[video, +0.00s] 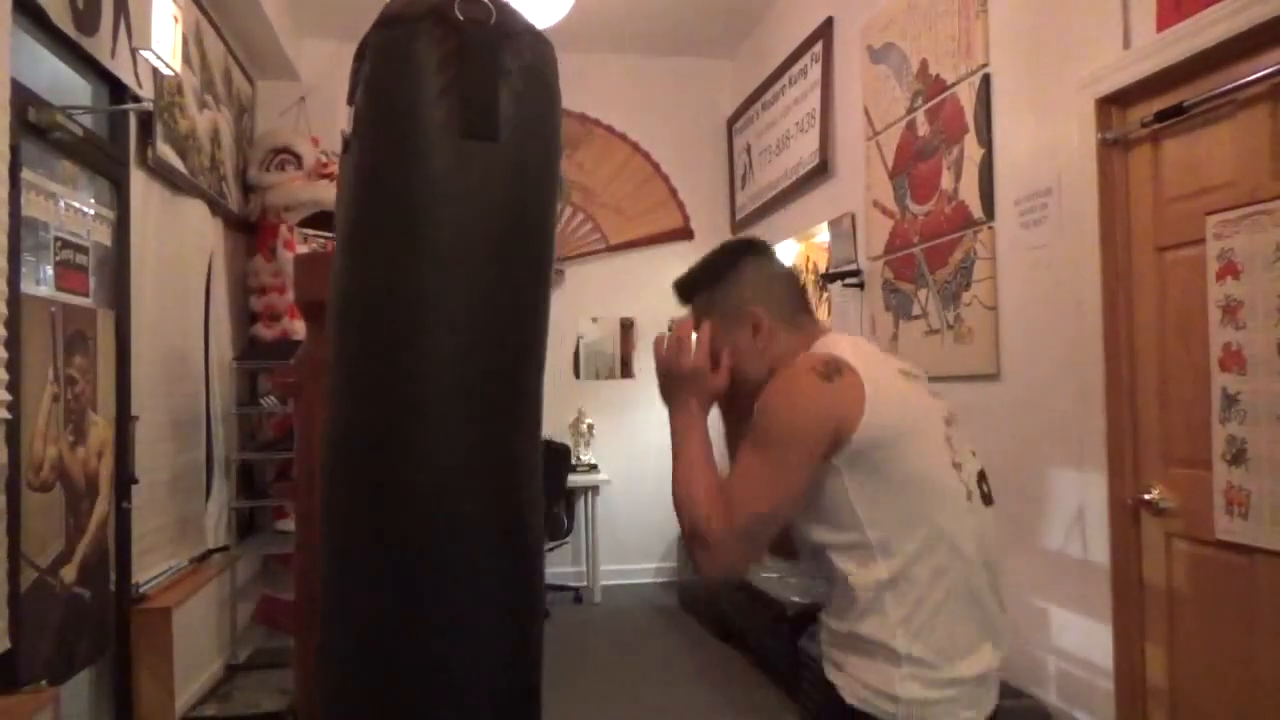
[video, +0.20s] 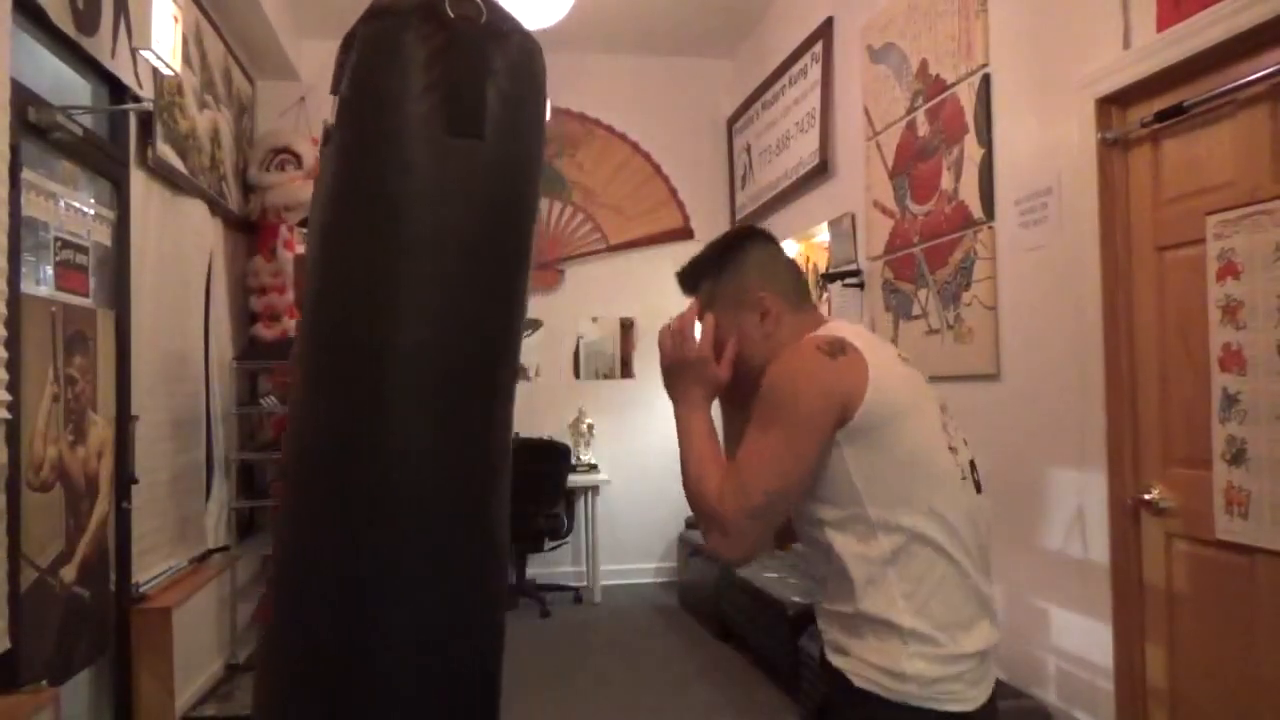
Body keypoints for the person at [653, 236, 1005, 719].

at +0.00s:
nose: (710, 363)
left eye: (713, 345)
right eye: (706, 347)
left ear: (756, 328)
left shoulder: (812, 384)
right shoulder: (866, 364)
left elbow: (719, 555)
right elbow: (783, 539)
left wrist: (686, 407)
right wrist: (734, 405)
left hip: (894, 696)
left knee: (706, 600)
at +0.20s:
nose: (713, 352)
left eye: (714, 332)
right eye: (707, 335)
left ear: (763, 312)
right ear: (768, 311)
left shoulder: (816, 363)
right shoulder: (852, 350)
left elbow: (730, 536)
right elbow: (773, 528)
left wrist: (689, 399)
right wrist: (734, 401)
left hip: (897, 689)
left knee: (702, 587)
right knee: (706, 585)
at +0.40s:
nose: (681, 433)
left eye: (683, 413)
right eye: (675, 415)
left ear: (735, 392)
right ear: (738, 389)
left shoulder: (815, 437)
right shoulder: (825, 419)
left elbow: (777, 644)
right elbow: (779, 597)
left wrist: (682, 507)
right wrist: (707, 500)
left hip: (916, 710)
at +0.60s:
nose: (640, 408)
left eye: (647, 386)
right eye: (636, 388)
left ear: (712, 367)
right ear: (714, 367)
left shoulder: (844, 442)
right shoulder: (754, 439)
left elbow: (779, 638)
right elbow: (701, 598)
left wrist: (664, 489)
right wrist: (656, 490)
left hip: (898, 707)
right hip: (812, 696)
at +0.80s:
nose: (592, 356)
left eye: (604, 332)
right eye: (591, 334)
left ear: (682, 322)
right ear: (683, 324)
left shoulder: (826, 410)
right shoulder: (695, 425)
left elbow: (735, 628)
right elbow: (631, 573)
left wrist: (616, 444)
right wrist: (605, 446)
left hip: (872, 706)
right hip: (777, 688)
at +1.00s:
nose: (566, 434)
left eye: (571, 410)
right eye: (563, 413)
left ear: (640, 397)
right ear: (646, 396)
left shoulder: (778, 474)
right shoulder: (715, 451)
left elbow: (724, 696)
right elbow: (675, 602)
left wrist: (597, 541)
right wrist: (602, 514)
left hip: (893, 709)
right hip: (818, 695)